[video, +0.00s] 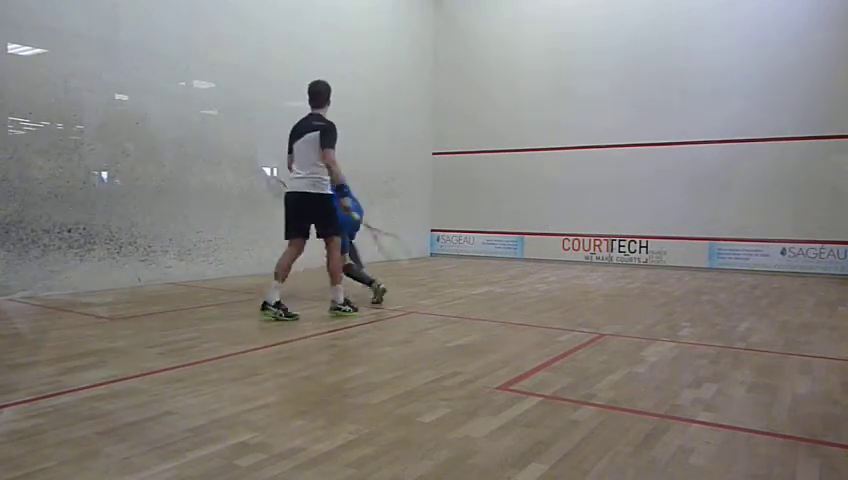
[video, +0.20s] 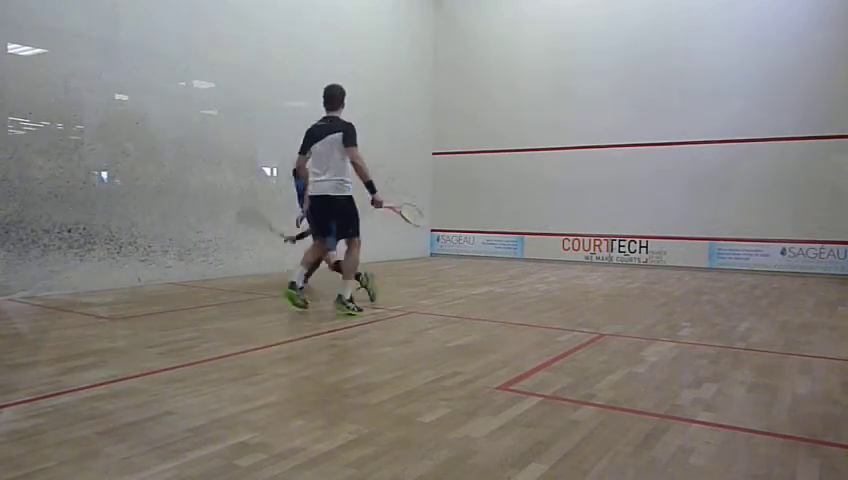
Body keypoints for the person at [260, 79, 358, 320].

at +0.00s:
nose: (329, 102)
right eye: (329, 99)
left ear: (309, 100)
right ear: (328, 101)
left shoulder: (297, 127)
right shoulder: (327, 127)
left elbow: (291, 165)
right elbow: (328, 160)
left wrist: (313, 179)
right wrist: (342, 190)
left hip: (294, 193)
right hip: (320, 194)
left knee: (295, 245)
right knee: (333, 243)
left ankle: (271, 300)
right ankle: (338, 300)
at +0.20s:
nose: (343, 105)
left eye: (336, 101)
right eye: (343, 102)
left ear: (323, 103)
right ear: (343, 103)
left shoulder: (312, 131)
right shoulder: (346, 128)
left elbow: (300, 167)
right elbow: (355, 159)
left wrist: (312, 187)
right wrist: (373, 192)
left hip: (315, 197)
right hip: (341, 196)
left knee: (321, 243)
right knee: (353, 243)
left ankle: (296, 282)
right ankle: (346, 296)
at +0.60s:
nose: (316, 128)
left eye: (316, 125)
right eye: (319, 124)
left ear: (314, 127)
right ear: (332, 126)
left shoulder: (312, 152)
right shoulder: (350, 146)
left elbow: (295, 180)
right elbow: (367, 173)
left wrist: (289, 207)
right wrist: (375, 202)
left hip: (329, 208)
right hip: (356, 207)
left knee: (314, 243)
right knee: (360, 246)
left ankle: (310, 284)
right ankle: (373, 277)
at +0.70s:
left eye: (310, 144)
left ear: (310, 145)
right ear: (327, 143)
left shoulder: (308, 167)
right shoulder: (345, 161)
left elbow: (298, 202)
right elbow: (367, 182)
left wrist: (296, 206)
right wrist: (378, 207)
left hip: (329, 213)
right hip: (354, 211)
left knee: (314, 254)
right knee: (356, 242)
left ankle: (309, 294)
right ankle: (372, 279)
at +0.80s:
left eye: (316, 145)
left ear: (314, 147)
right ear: (331, 145)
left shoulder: (311, 168)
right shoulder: (346, 162)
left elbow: (309, 195)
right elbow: (368, 186)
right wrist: (371, 200)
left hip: (331, 212)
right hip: (354, 210)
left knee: (319, 252)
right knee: (359, 244)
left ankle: (309, 288)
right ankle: (368, 280)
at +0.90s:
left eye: (327, 138)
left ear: (325, 141)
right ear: (341, 140)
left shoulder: (320, 162)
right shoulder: (352, 159)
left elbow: (317, 192)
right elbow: (364, 186)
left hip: (334, 207)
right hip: (356, 206)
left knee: (326, 245)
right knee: (356, 240)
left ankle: (320, 276)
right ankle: (367, 278)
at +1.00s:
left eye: (335, 130)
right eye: (345, 129)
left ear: (332, 131)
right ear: (348, 132)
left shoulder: (327, 150)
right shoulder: (354, 152)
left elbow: (328, 175)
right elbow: (359, 177)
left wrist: (314, 183)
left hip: (337, 199)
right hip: (357, 198)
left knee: (330, 238)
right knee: (354, 234)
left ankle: (339, 273)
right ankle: (366, 271)